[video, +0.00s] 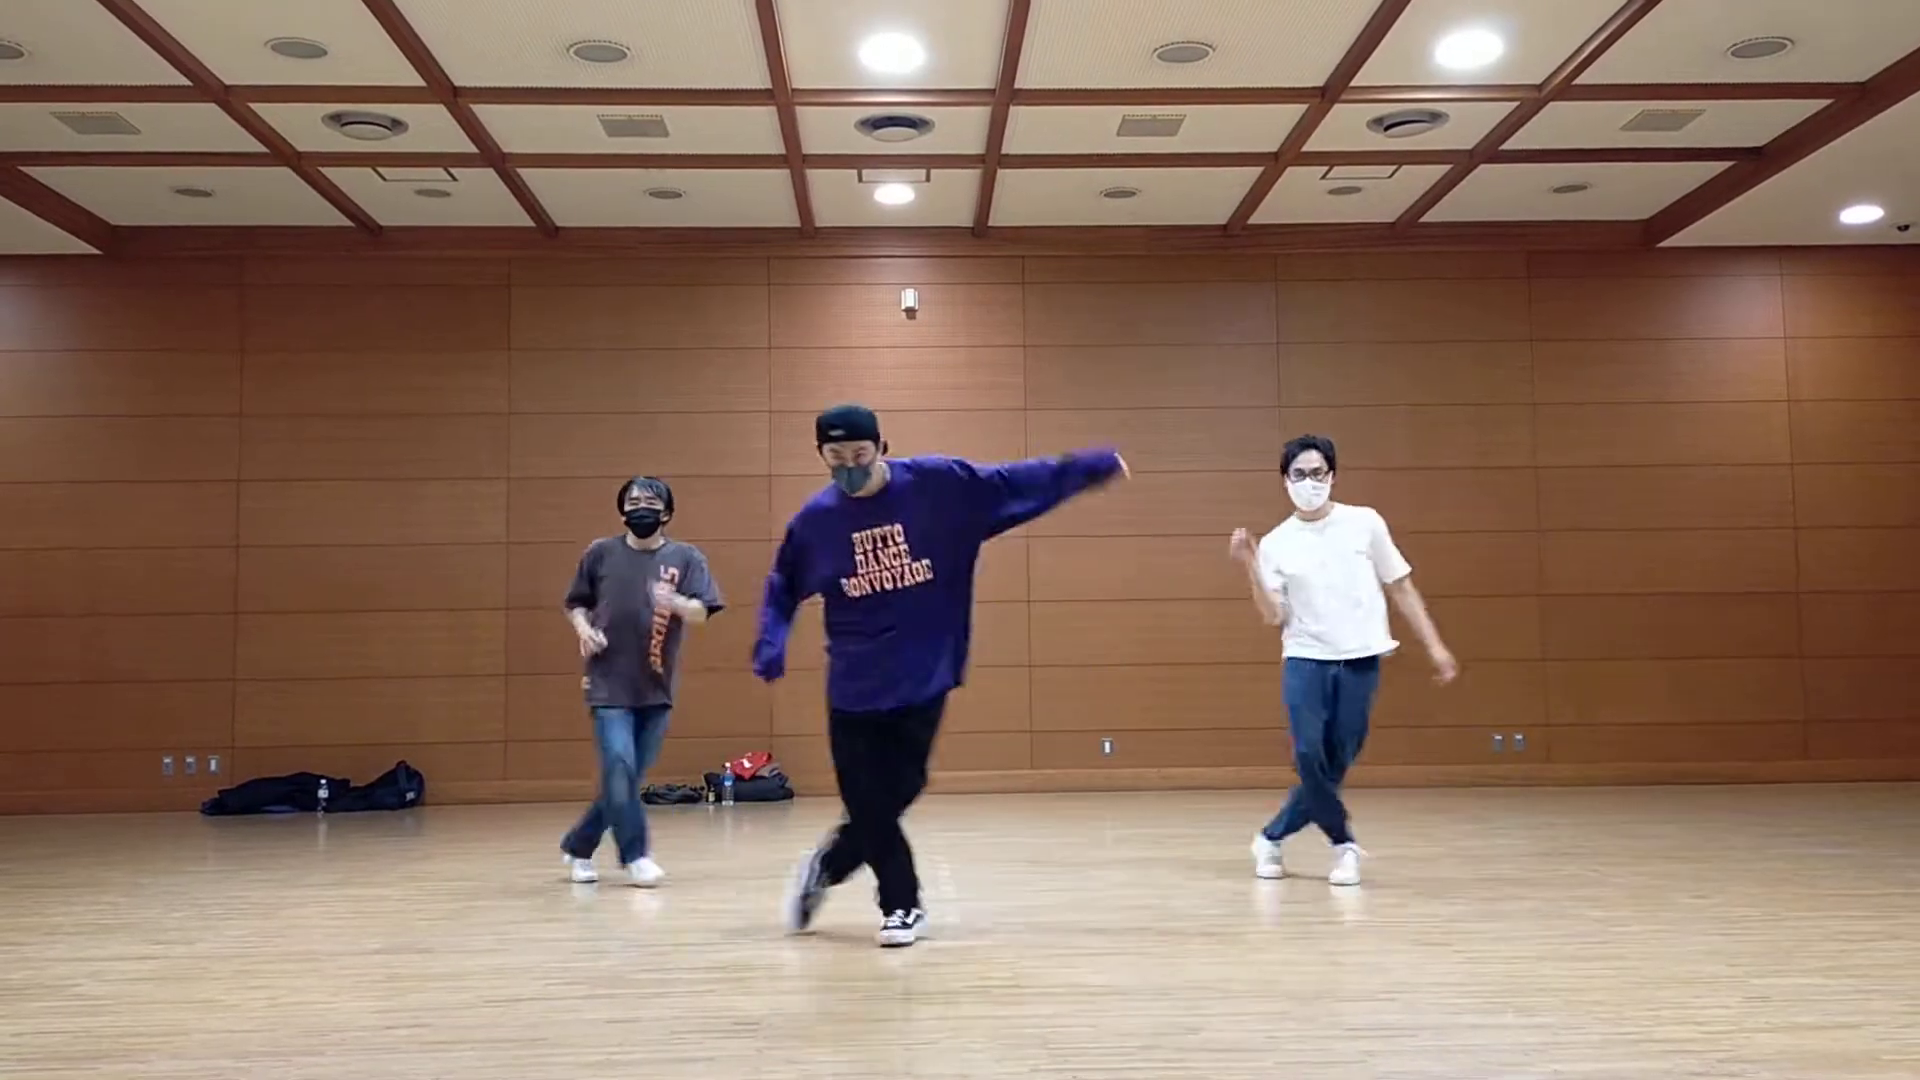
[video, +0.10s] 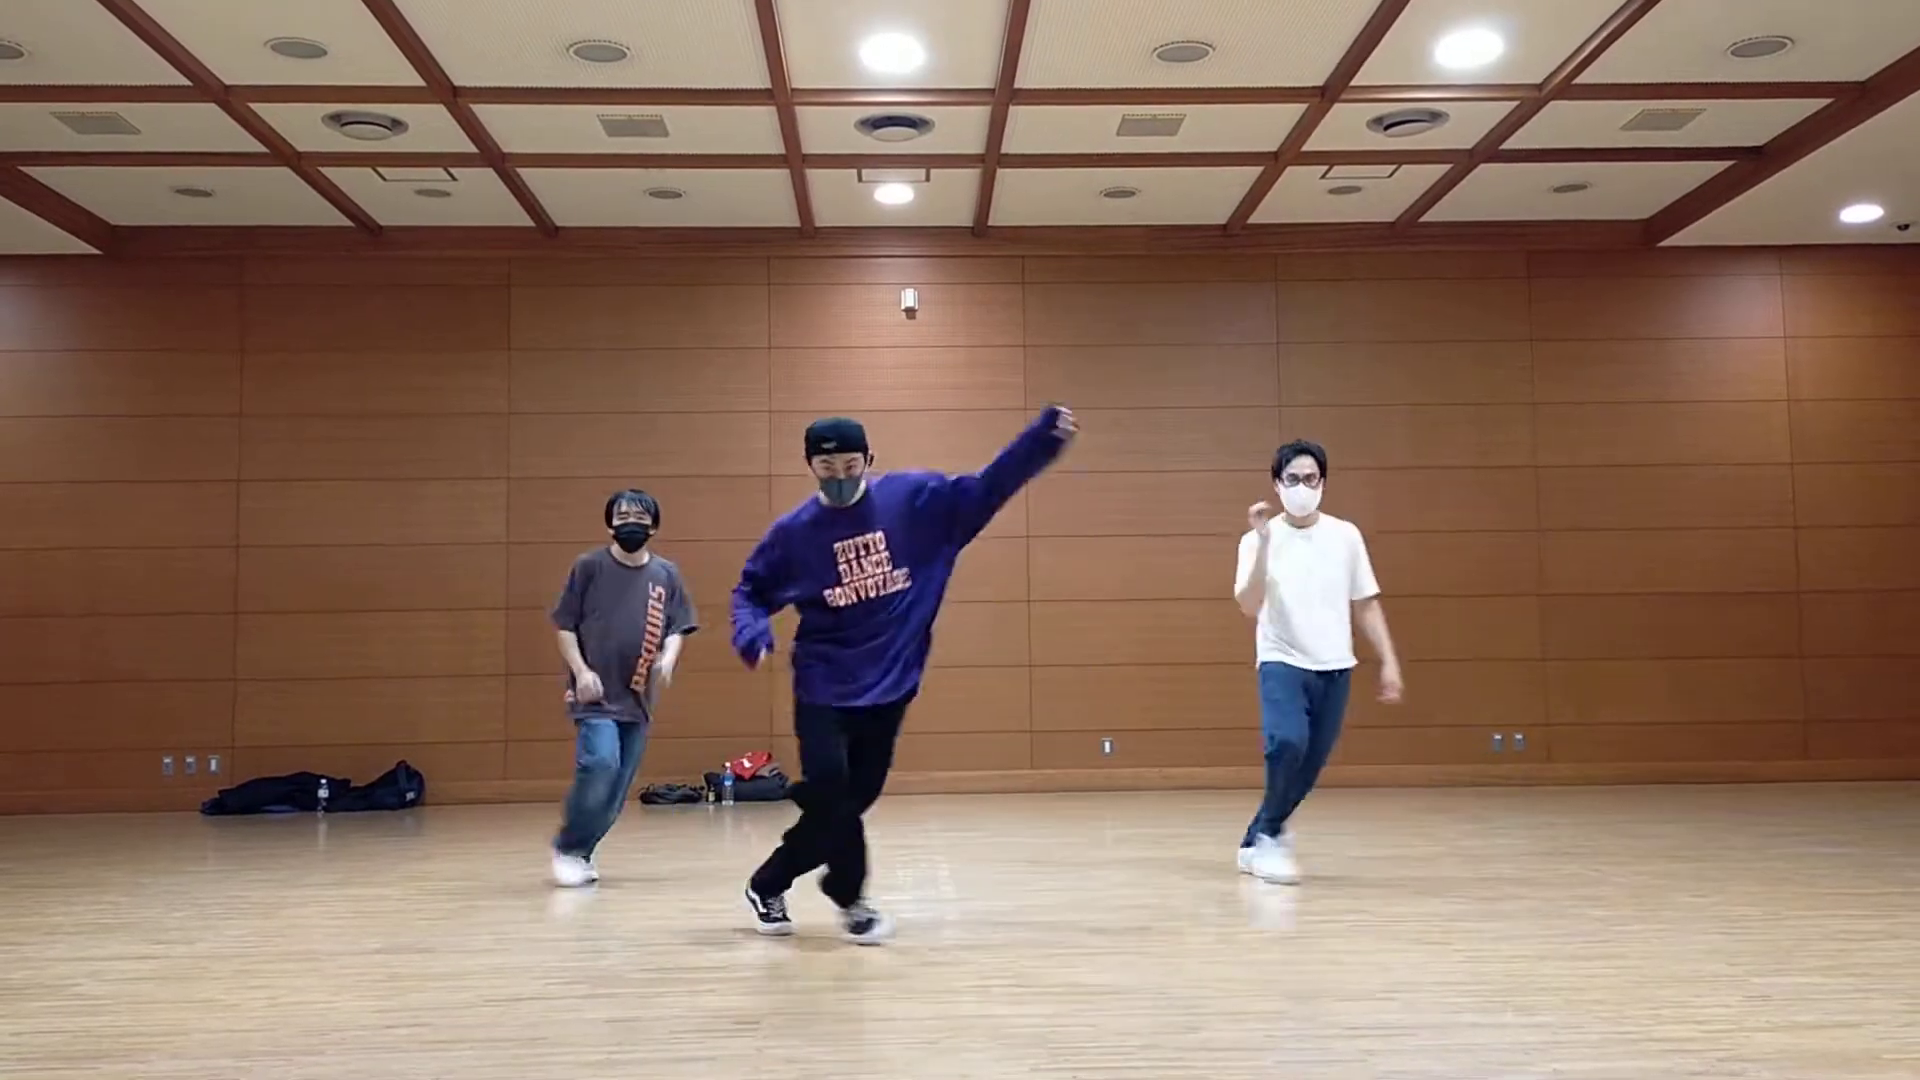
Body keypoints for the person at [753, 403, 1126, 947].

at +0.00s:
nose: (843, 464)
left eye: (853, 452)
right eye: (833, 455)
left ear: (878, 448)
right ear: (822, 457)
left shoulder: (934, 484)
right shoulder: (816, 523)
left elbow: (1013, 483)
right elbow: (783, 587)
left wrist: (1087, 469)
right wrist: (770, 644)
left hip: (924, 669)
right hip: (854, 676)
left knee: (902, 786)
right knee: (865, 794)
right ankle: (901, 905)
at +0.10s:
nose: (840, 472)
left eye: (849, 460)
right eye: (827, 463)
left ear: (866, 460)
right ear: (813, 467)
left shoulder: (909, 498)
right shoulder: (795, 532)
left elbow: (986, 487)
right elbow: (750, 591)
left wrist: (1043, 438)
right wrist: (752, 629)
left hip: (889, 679)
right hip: (823, 682)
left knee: (860, 793)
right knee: (831, 788)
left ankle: (766, 884)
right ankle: (848, 896)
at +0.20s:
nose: (835, 490)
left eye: (845, 480)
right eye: (823, 480)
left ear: (858, 480)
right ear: (805, 482)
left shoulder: (884, 534)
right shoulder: (776, 542)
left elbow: (947, 531)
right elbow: (742, 628)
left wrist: (981, 462)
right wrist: (774, 603)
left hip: (866, 691)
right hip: (804, 687)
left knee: (846, 804)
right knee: (822, 777)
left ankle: (769, 889)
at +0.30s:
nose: (830, 491)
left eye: (840, 482)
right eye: (819, 480)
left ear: (851, 486)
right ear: (799, 479)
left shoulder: (846, 540)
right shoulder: (770, 531)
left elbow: (892, 601)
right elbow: (779, 609)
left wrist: (918, 536)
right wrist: (829, 544)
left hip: (853, 694)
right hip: (797, 692)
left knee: (843, 809)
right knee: (798, 801)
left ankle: (759, 893)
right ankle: (715, 901)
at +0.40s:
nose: (834, 474)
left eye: (845, 467)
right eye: (824, 464)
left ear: (857, 475)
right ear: (803, 465)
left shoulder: (846, 535)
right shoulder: (777, 513)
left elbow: (848, 633)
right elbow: (832, 568)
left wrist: (881, 594)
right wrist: (868, 512)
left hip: (841, 690)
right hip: (788, 687)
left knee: (856, 804)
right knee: (770, 797)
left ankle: (770, 883)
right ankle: (713, 914)